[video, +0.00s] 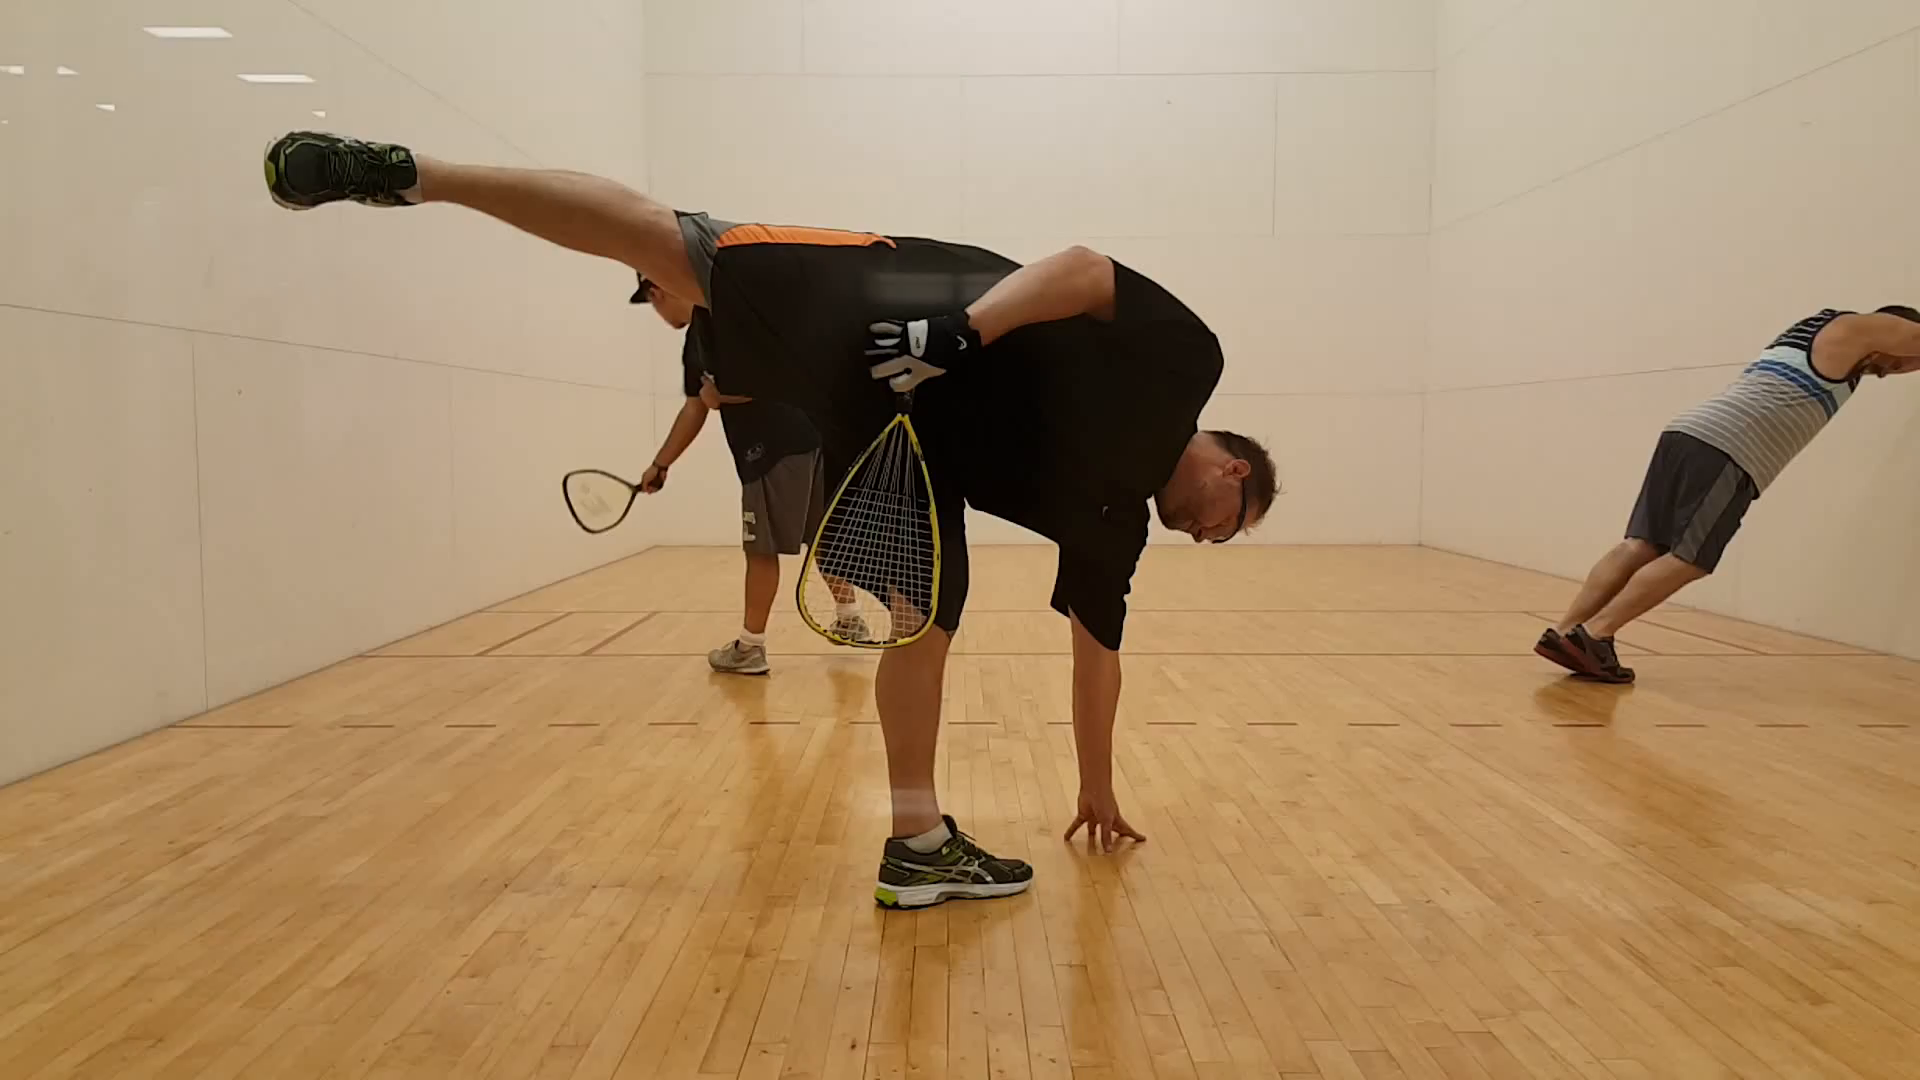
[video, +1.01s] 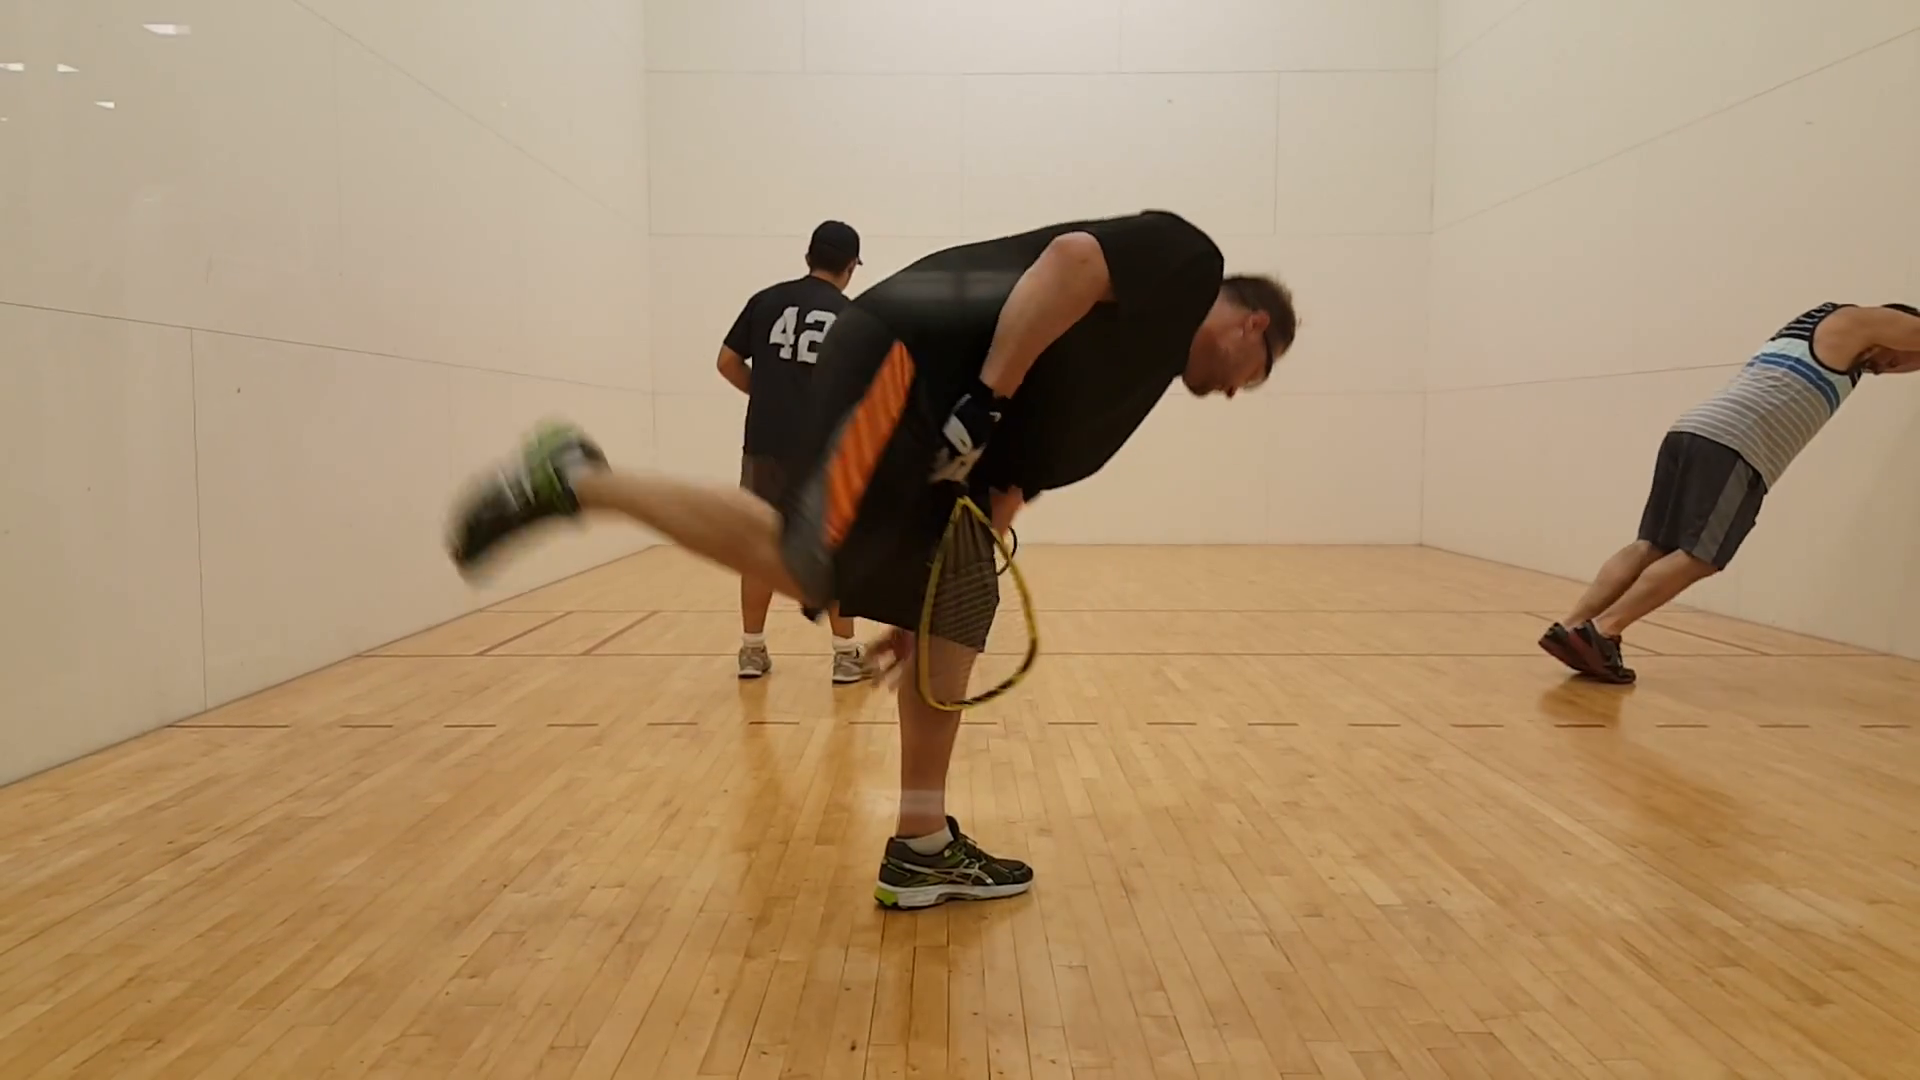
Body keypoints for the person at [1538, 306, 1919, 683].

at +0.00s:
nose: (1897, 369)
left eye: (1905, 363)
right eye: (1904, 358)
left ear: (1889, 334)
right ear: (1892, 332)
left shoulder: (1811, 330)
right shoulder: (1849, 332)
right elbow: (1916, 344)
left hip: (1686, 434)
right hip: (1727, 455)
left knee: (1640, 543)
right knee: (1690, 558)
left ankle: (1565, 630)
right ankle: (1594, 635)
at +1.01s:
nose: (1894, 367)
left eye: (1903, 363)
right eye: (1901, 357)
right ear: (1892, 333)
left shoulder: (1811, 327)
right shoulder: (1852, 323)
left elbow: (1902, 363)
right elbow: (1919, 342)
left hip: (1690, 433)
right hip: (1733, 449)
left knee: (1654, 542)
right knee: (1700, 556)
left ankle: (1573, 627)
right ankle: (1603, 632)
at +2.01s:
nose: (1896, 377)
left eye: (1905, 371)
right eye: (1904, 366)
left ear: (1890, 343)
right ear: (1893, 342)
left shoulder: (1828, 343)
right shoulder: (1849, 332)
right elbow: (1919, 337)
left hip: (1721, 453)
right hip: (1729, 455)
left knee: (1686, 567)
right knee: (1667, 548)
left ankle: (1581, 624)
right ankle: (1583, 635)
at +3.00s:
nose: (1898, 315)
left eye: (1899, 307)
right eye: (1892, 303)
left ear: (1849, 306)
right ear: (1851, 298)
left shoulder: (1810, 333)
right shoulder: (1847, 334)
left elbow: (1909, 356)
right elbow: (1917, 343)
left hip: (1676, 439)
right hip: (1716, 456)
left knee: (1634, 543)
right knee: (1710, 563)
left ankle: (1564, 633)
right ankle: (1607, 628)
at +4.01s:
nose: (1900, 324)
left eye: (1901, 315)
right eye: (1892, 312)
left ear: (1853, 319)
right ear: (1852, 312)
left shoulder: (1822, 349)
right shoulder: (1851, 350)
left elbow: (1905, 358)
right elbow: (1917, 353)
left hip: (1717, 464)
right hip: (1725, 469)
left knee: (1704, 580)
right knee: (1649, 552)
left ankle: (1589, 615)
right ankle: (1571, 644)